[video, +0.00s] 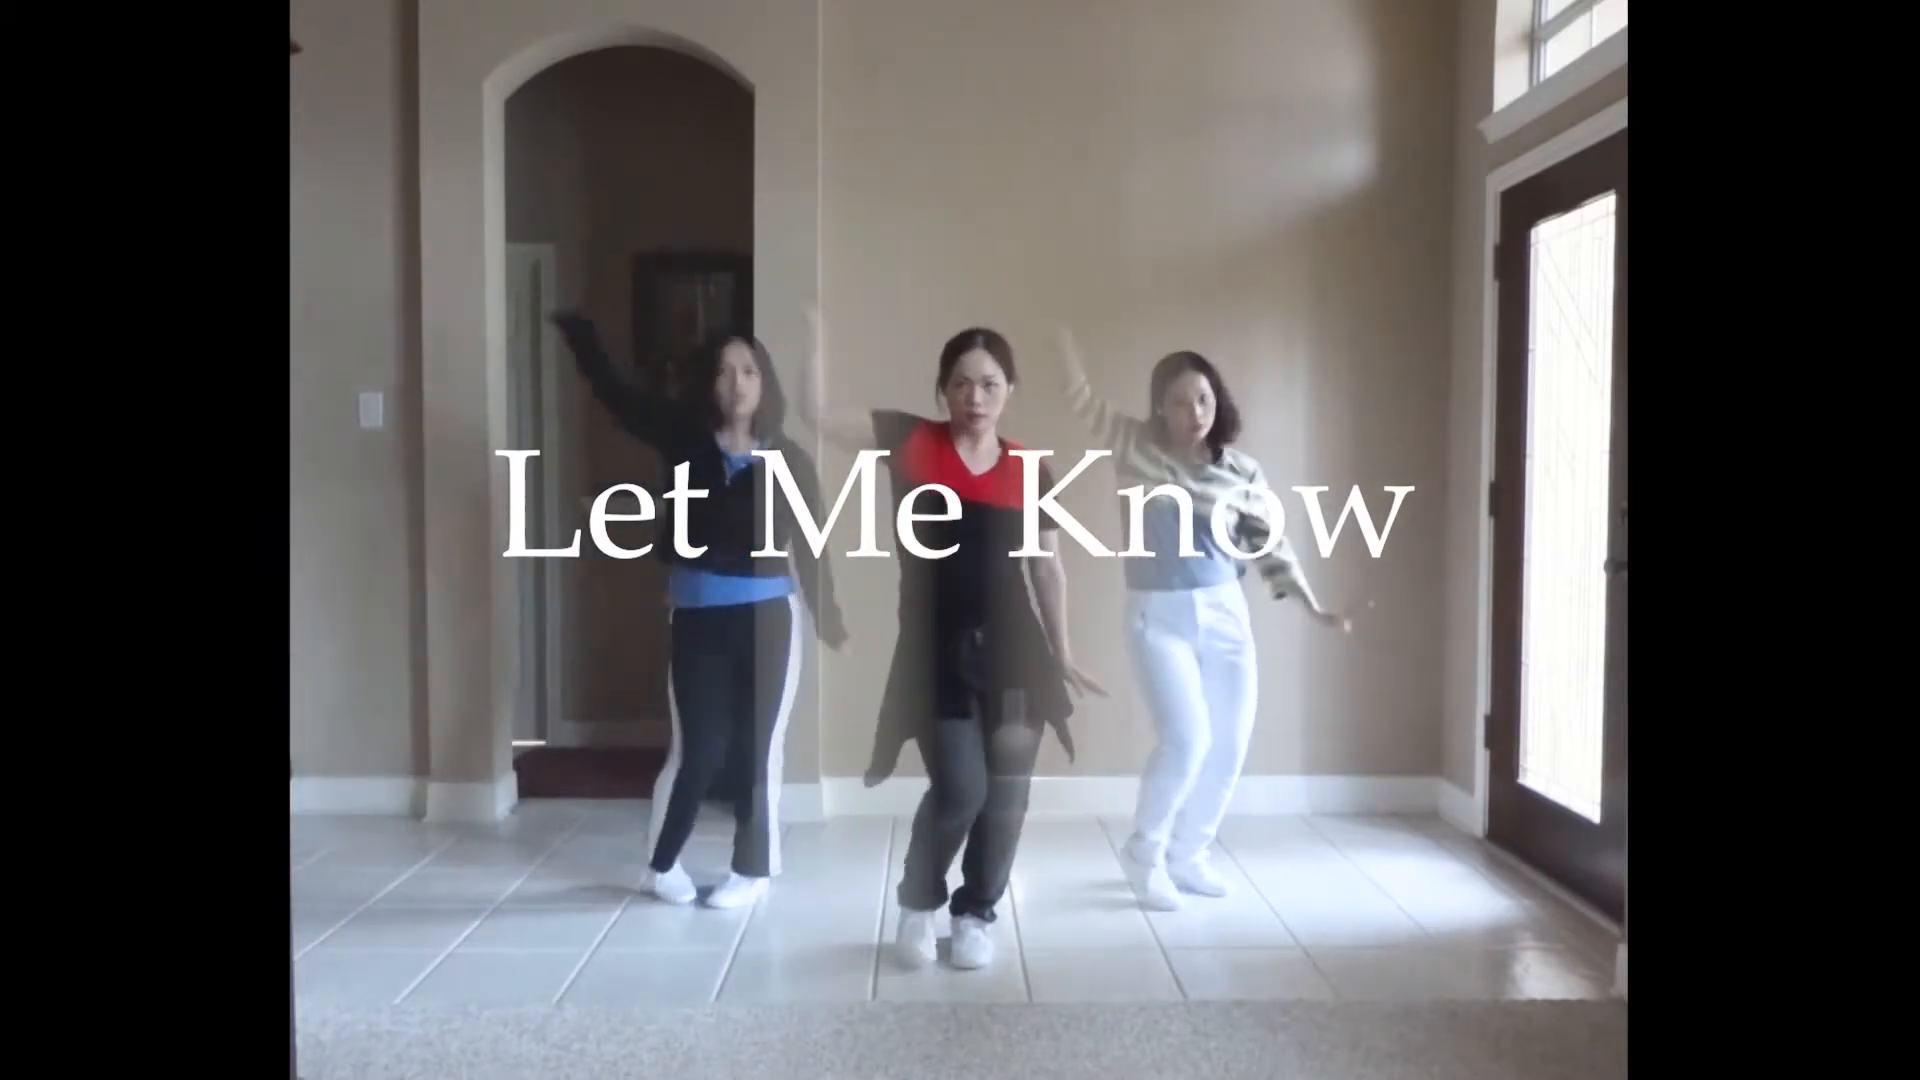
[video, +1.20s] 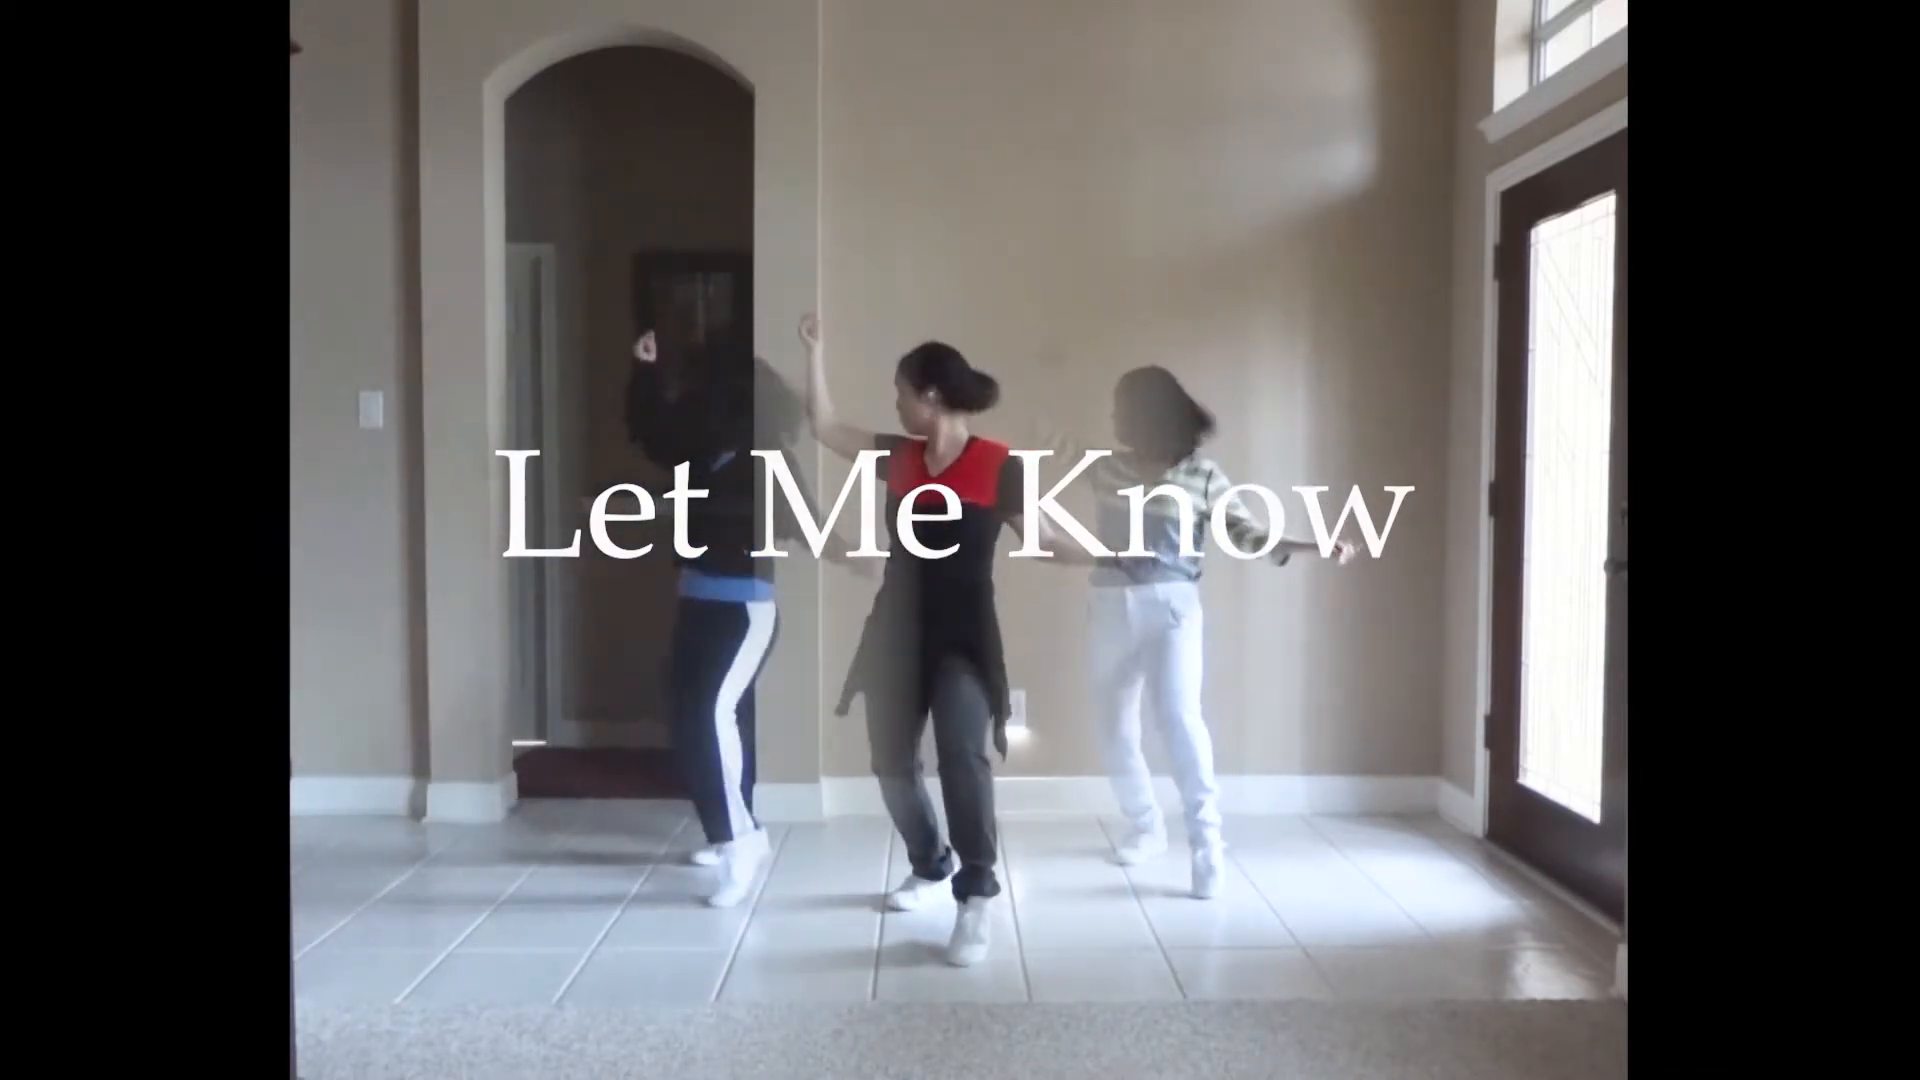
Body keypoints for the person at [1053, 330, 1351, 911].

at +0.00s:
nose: (1195, 411)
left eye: (1203, 399)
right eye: (1181, 402)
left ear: (1217, 403)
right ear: (1159, 408)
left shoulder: (1241, 471)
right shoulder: (1138, 449)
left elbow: (1270, 547)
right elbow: (1092, 412)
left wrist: (1311, 606)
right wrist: (1072, 373)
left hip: (1225, 616)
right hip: (1158, 619)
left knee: (1228, 743)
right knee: (1187, 741)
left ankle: (1189, 856)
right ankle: (1144, 854)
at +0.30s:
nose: (1190, 357)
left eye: (1201, 349)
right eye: (1178, 347)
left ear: (1216, 365)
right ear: (1156, 360)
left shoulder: (1236, 436)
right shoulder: (1130, 422)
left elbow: (1293, 489)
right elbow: (1079, 383)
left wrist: (1348, 538)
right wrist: (1045, 320)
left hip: (1209, 595)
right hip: (1140, 594)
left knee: (1209, 731)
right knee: (1132, 721)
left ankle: (1195, 849)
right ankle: (1137, 817)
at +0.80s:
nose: (1160, 395)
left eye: (1171, 387)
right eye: (1151, 385)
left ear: (1186, 400)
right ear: (1132, 393)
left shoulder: (1202, 466)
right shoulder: (1101, 453)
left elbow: (1255, 514)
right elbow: (1043, 410)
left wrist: (1313, 516)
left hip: (1183, 600)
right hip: (1121, 604)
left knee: (1184, 712)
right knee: (1127, 723)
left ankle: (1215, 838)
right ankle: (1145, 829)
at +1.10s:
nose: (1116, 417)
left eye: (1123, 409)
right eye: (1118, 409)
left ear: (1138, 417)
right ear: (1179, 416)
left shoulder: (1201, 475)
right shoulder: (1105, 469)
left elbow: (1250, 535)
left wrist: (1318, 542)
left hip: (1170, 606)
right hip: (1114, 605)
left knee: (1182, 719)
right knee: (1116, 728)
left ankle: (1205, 842)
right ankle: (1144, 824)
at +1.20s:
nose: (1120, 421)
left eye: (1126, 412)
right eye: (1120, 411)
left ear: (1144, 416)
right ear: (1176, 413)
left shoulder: (1200, 475)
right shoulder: (1104, 470)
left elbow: (1248, 536)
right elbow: (1046, 513)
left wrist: (1316, 547)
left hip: (1172, 607)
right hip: (1113, 606)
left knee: (1181, 719)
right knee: (1116, 727)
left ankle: (1206, 843)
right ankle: (1143, 826)